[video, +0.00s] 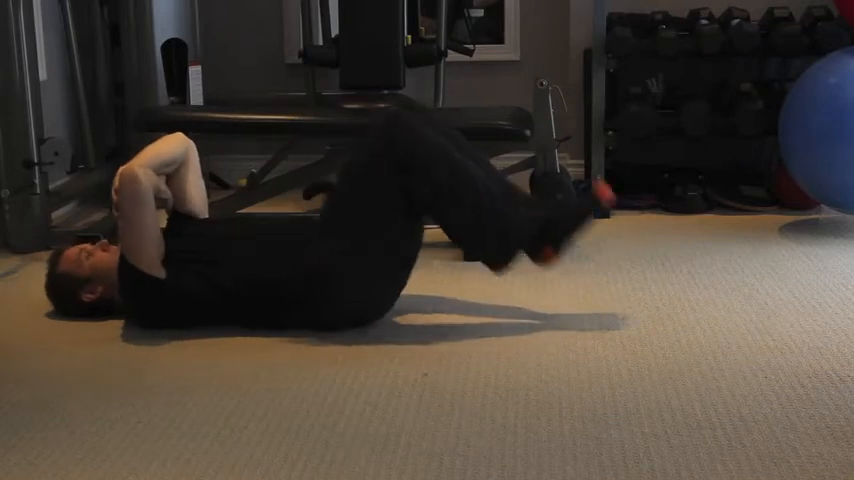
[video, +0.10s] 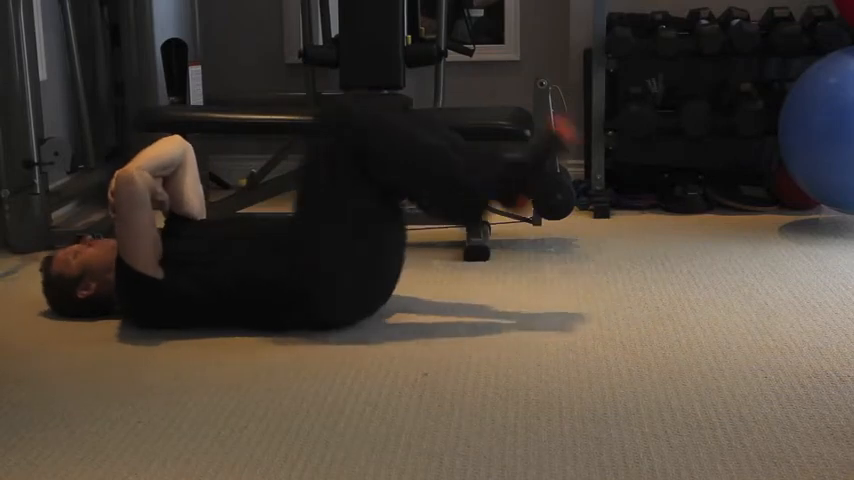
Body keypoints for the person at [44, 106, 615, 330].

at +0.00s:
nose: (98, 251)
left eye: (91, 249)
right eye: (87, 261)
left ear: (111, 253)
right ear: (95, 295)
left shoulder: (177, 250)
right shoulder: (151, 297)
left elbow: (182, 152)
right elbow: (134, 173)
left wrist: (152, 223)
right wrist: (149, 221)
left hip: (347, 256)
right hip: (340, 286)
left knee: (404, 122)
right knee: (397, 134)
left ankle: (505, 229)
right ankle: (531, 230)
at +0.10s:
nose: (87, 242)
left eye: (78, 246)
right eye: (77, 257)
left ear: (100, 251)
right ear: (90, 288)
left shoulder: (177, 248)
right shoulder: (143, 297)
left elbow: (179, 153)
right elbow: (129, 178)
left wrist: (140, 203)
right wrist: (148, 201)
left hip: (347, 266)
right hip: (327, 287)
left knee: (357, 122)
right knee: (342, 126)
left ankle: (519, 174)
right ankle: (511, 186)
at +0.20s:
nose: (78, 236)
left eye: (68, 240)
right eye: (68, 250)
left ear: (89, 245)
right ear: (84, 284)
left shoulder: (175, 249)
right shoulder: (135, 294)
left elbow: (182, 148)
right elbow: (128, 180)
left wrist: (130, 190)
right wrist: (130, 227)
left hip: (336, 266)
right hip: (311, 287)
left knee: (296, 116)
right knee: (283, 125)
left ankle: (452, 128)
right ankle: (453, 135)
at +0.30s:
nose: (76, 234)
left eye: (64, 240)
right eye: (69, 247)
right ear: (86, 278)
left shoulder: (173, 250)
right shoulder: (131, 293)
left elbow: (186, 149)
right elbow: (128, 178)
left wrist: (125, 176)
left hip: (344, 256)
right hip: (306, 276)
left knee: (234, 135)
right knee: (232, 137)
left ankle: (398, 98)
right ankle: (388, 118)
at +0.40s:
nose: (79, 232)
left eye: (65, 239)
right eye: (66, 248)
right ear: (86, 281)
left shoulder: (170, 256)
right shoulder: (133, 288)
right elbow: (126, 175)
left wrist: (145, 170)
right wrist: (171, 149)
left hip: (342, 240)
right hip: (308, 258)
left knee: (209, 150)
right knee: (195, 142)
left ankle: (354, 85)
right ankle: (350, 88)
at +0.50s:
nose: (74, 232)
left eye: (64, 241)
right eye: (66, 248)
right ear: (88, 280)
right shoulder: (135, 289)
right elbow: (134, 172)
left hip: (339, 237)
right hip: (303, 257)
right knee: (173, 155)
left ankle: (320, 72)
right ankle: (316, 73)